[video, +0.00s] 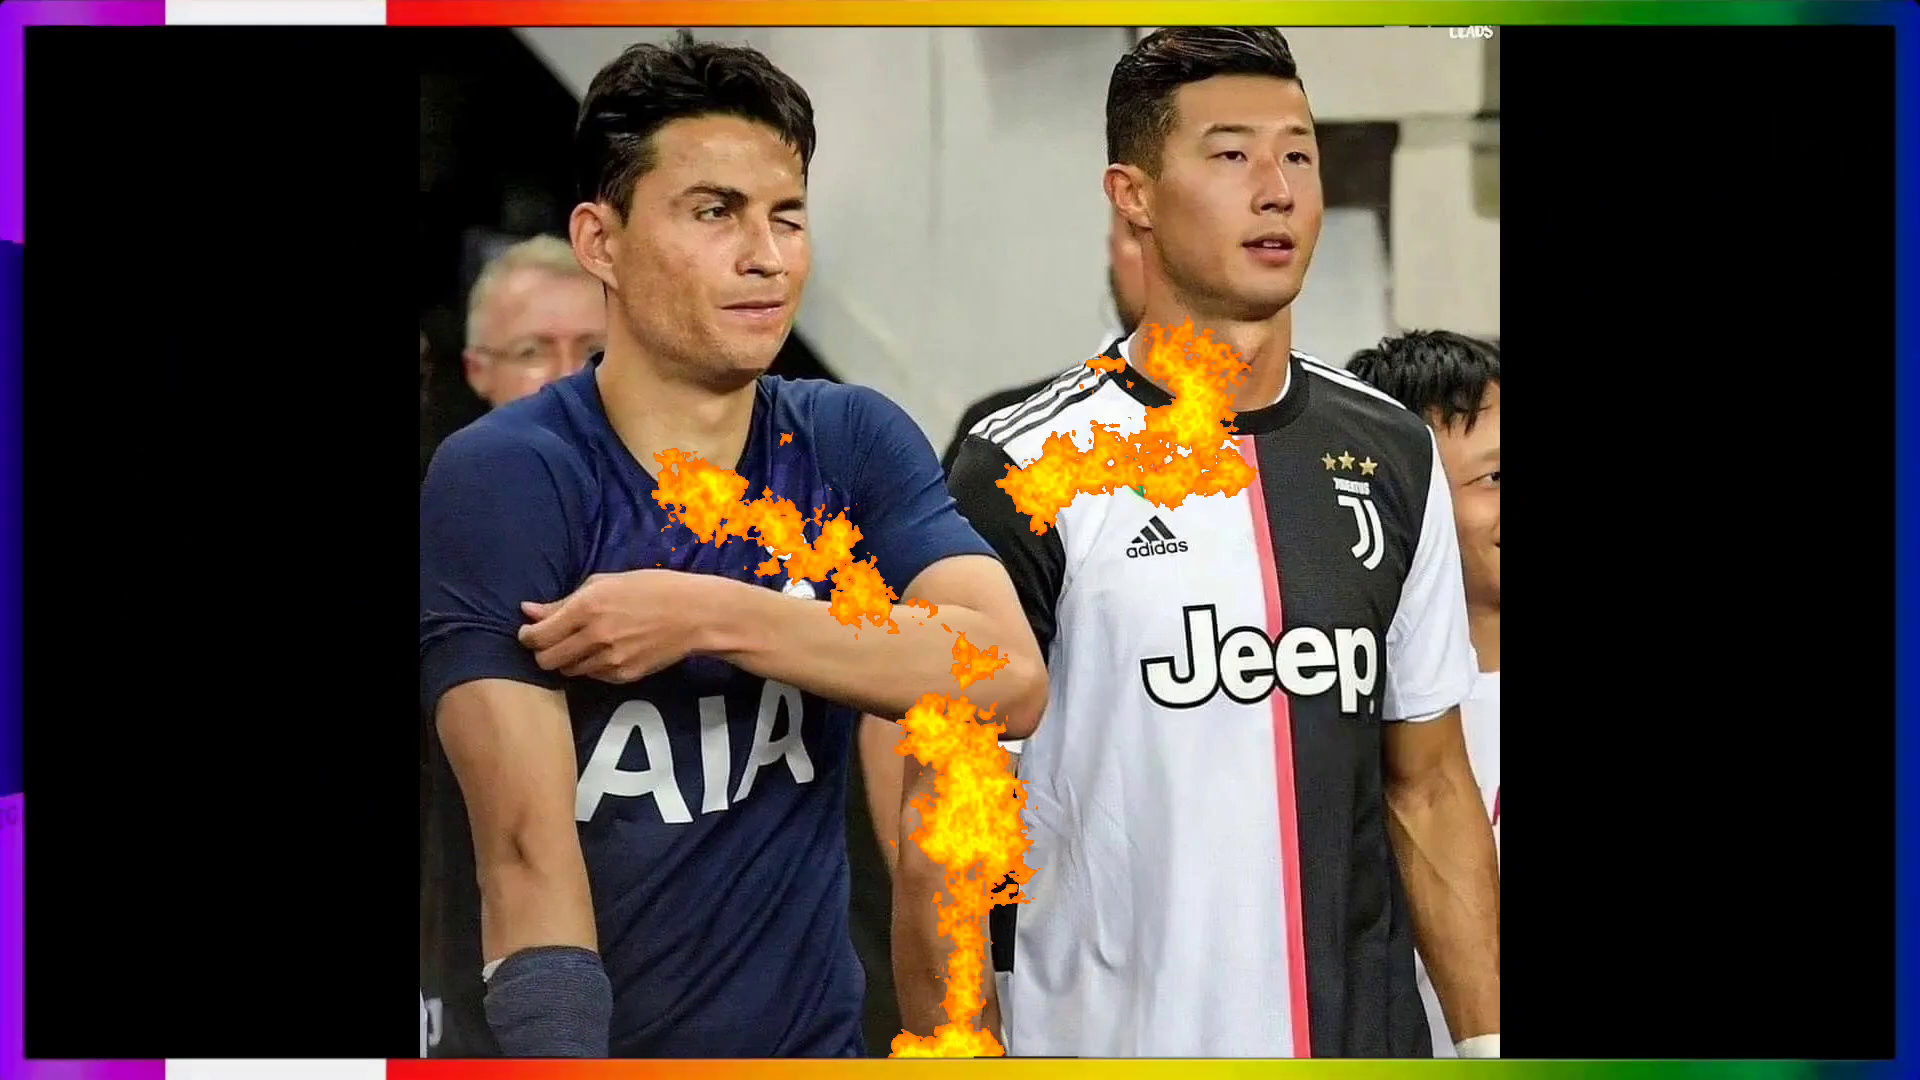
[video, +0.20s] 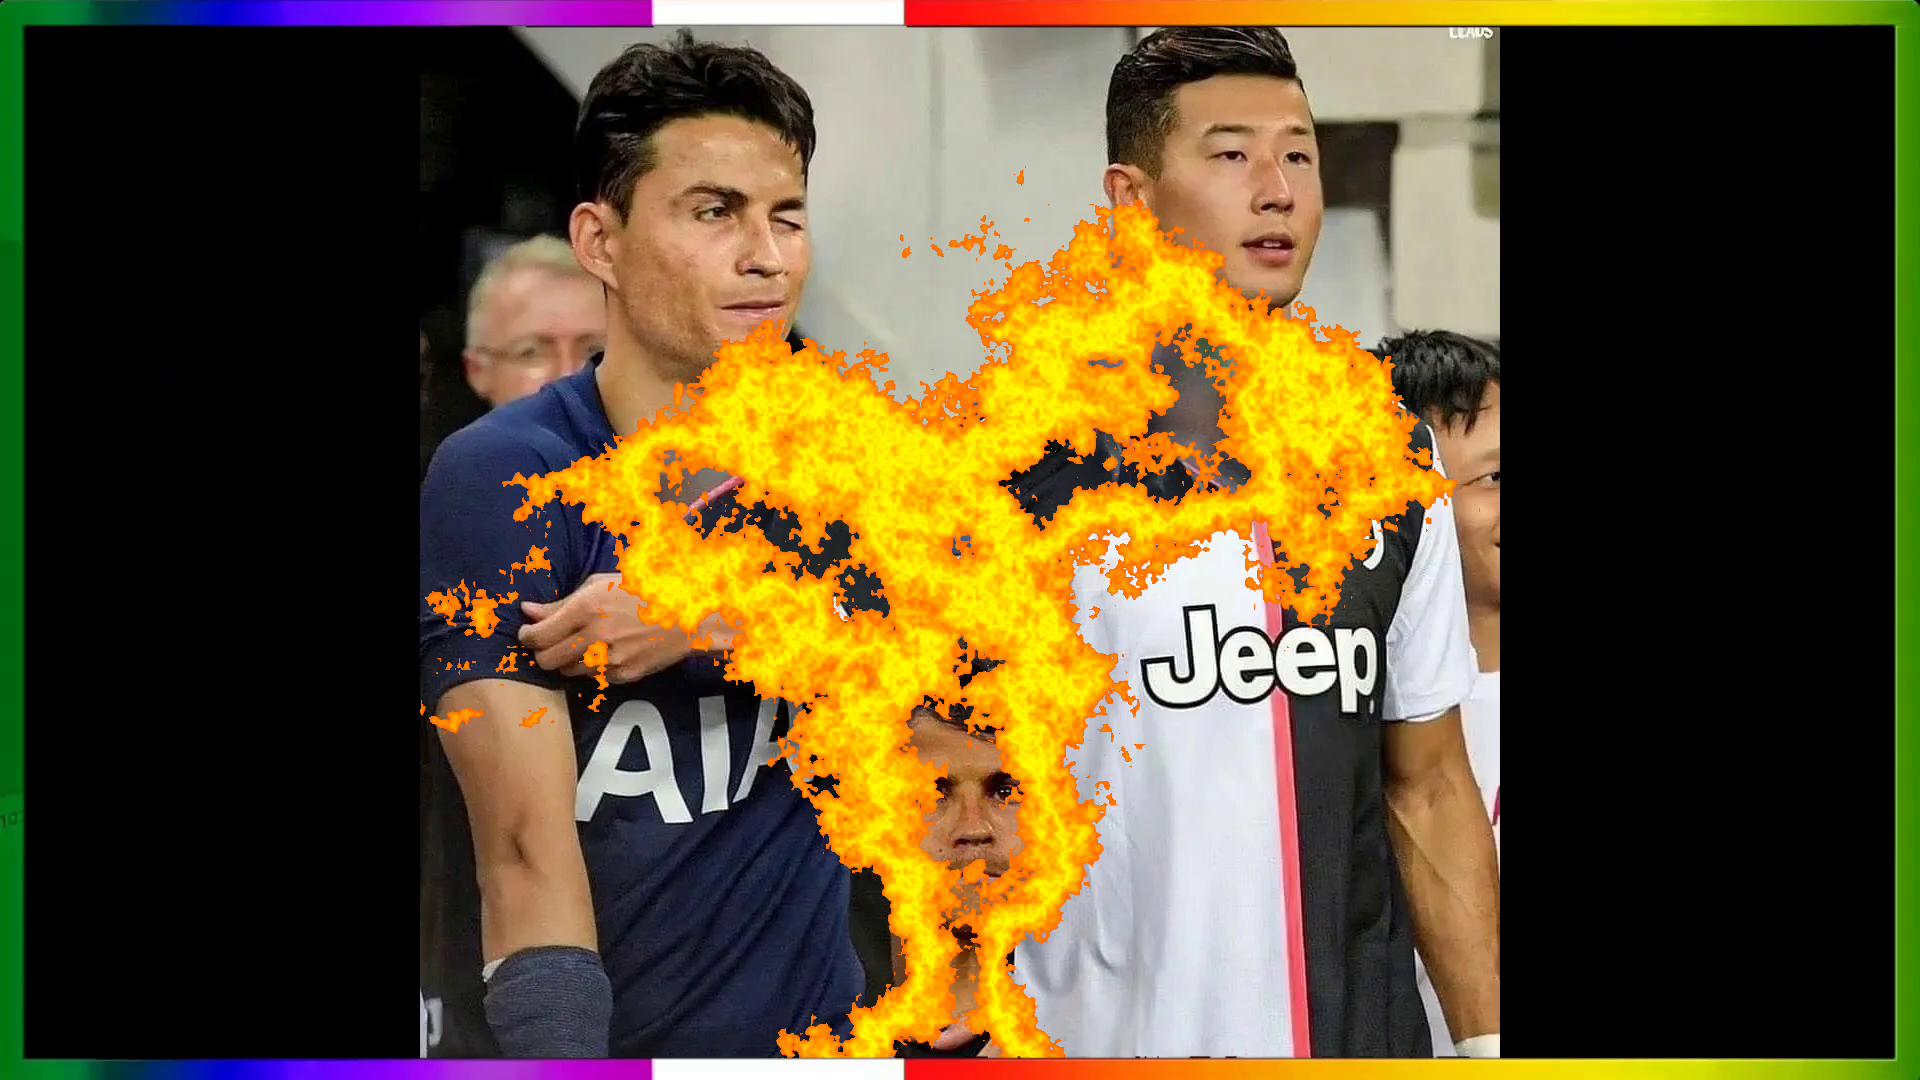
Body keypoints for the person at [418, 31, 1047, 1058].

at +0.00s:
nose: (766, 257)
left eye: (786, 218)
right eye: (712, 213)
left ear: (809, 237)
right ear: (601, 241)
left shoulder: (859, 437)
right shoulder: (500, 476)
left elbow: (1011, 679)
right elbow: (525, 852)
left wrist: (717, 615)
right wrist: (560, 1061)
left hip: (810, 1041)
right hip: (598, 1038)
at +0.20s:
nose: (767, 260)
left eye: (787, 219)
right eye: (715, 212)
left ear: (811, 236)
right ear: (600, 241)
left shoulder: (846, 453)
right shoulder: (497, 475)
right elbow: (524, 855)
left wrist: (708, 619)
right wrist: (560, 1060)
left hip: (813, 1037)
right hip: (602, 1037)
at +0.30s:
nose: (766, 259)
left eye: (788, 220)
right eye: (714, 212)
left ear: (811, 238)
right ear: (600, 241)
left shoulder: (857, 453)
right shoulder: (492, 477)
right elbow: (524, 845)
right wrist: (560, 1053)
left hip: (841, 1030)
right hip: (614, 1034)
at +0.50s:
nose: (766, 257)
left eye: (787, 218)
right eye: (714, 211)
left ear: (809, 234)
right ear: (598, 239)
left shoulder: (830, 461)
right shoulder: (497, 478)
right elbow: (527, 856)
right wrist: (571, 1047)